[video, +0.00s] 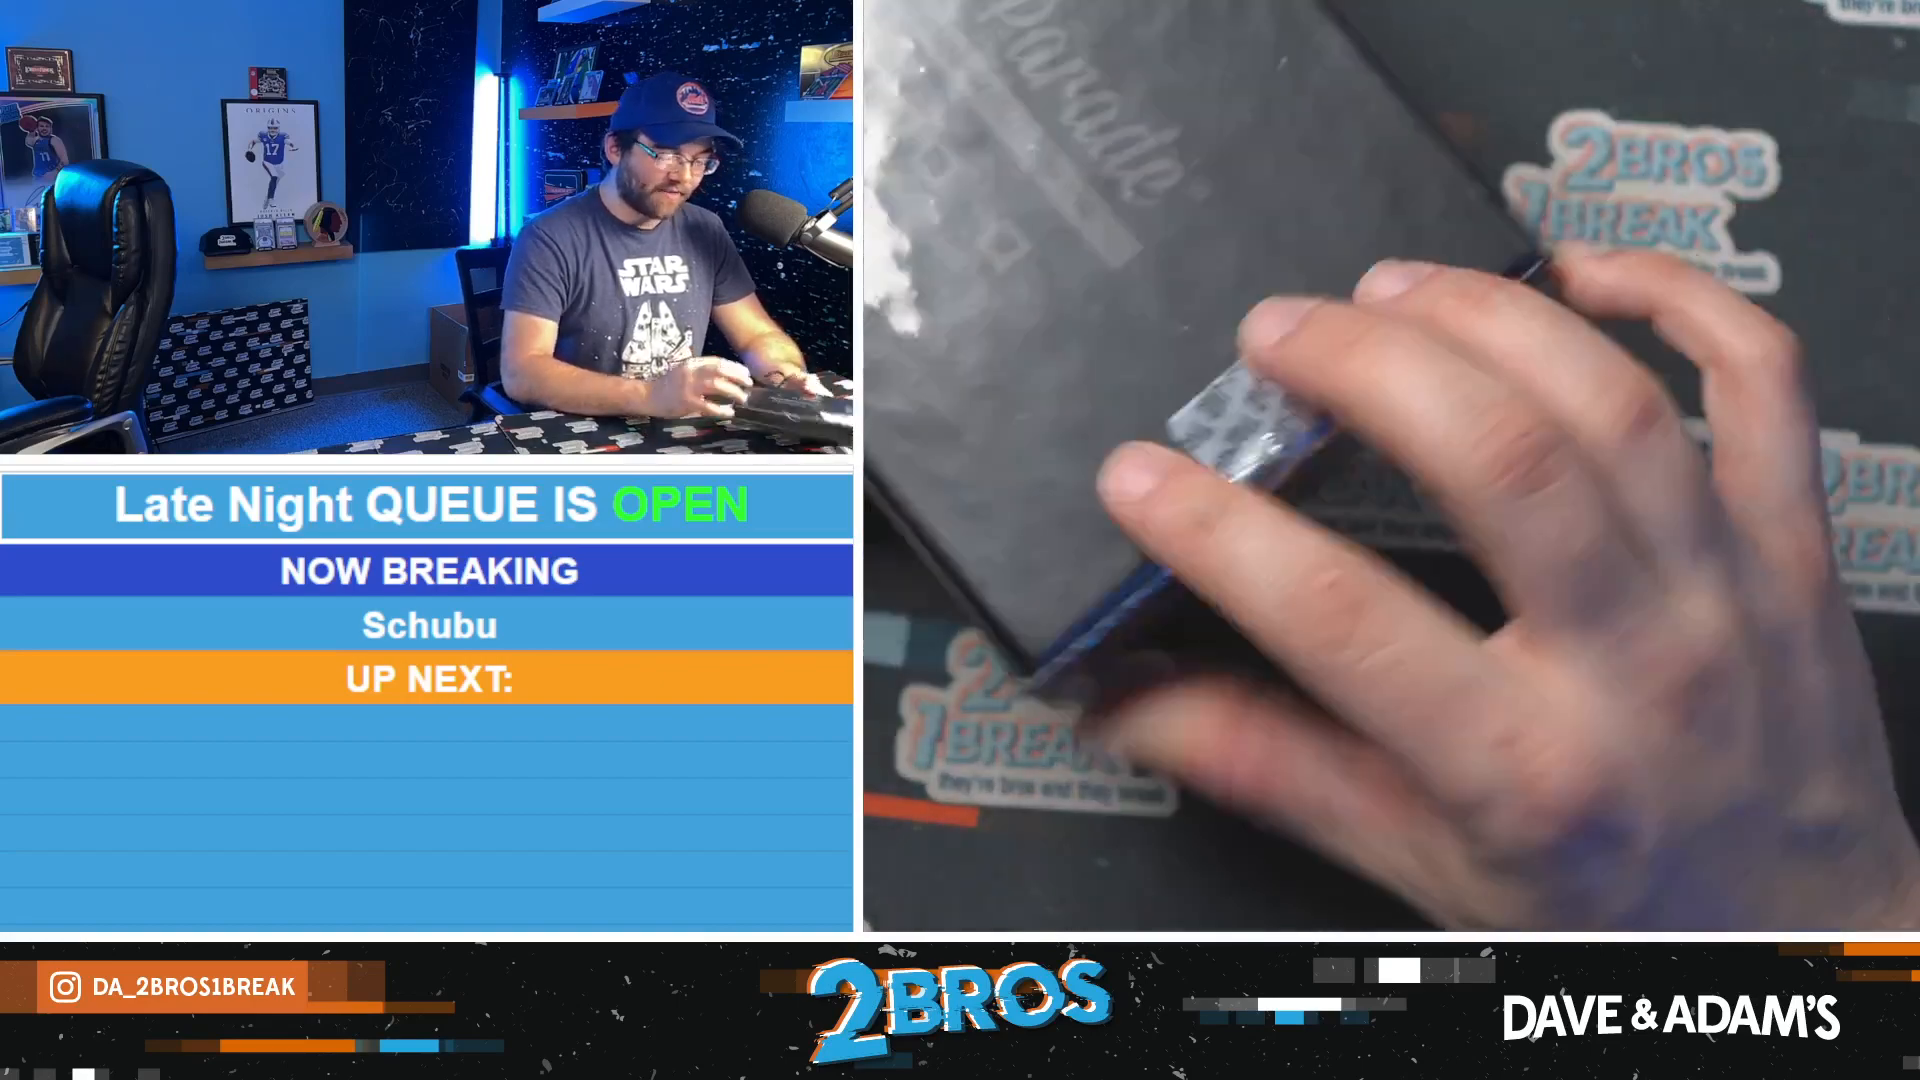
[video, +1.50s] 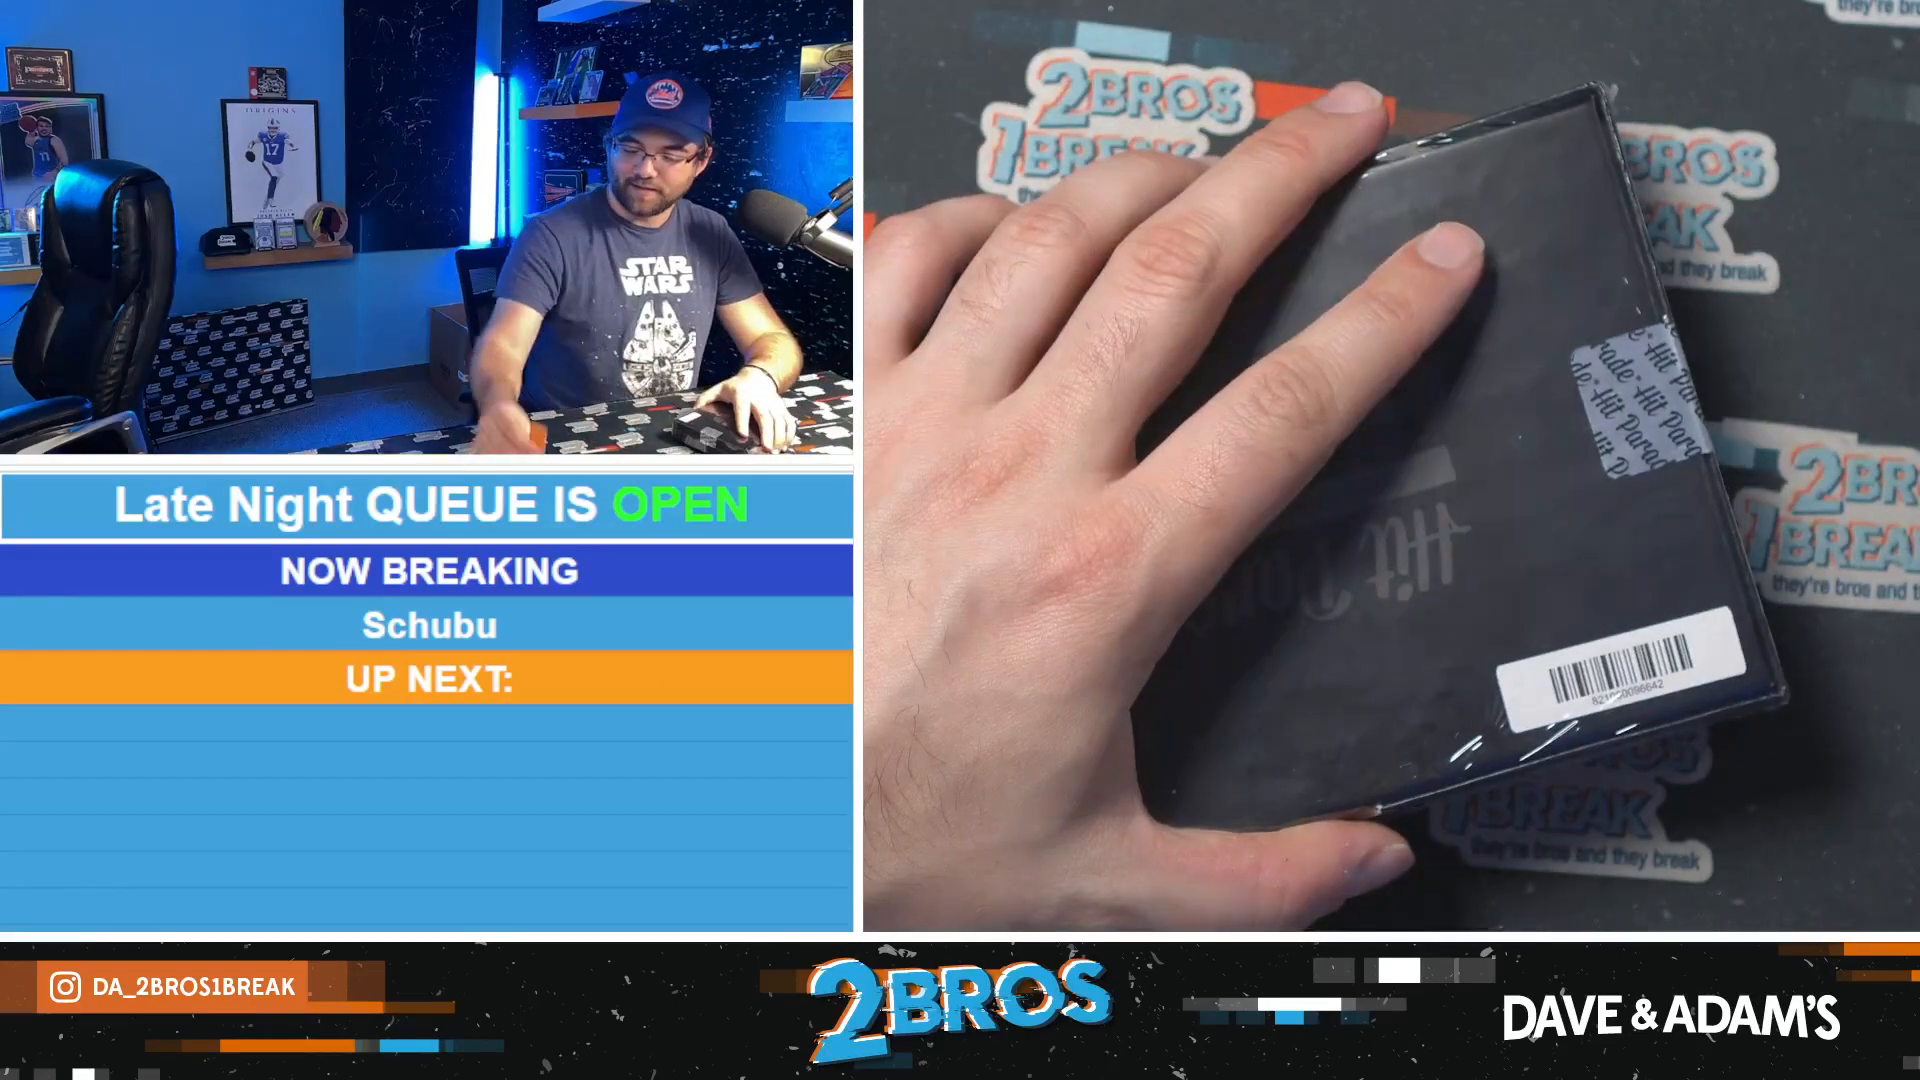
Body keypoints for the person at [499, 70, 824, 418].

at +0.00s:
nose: (684, 174)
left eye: (698, 158)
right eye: (666, 152)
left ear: (709, 162)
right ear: (615, 148)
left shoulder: (704, 231)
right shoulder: (550, 237)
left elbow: (758, 335)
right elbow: (523, 372)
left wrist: (781, 371)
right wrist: (649, 394)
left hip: (686, 455)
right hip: (580, 459)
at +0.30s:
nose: (648, 156)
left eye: (670, 141)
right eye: (631, 137)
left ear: (691, 155)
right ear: (602, 144)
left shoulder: (704, 230)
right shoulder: (548, 237)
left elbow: (762, 331)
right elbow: (515, 365)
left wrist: (795, 367)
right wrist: (565, 389)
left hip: (683, 456)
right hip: (580, 464)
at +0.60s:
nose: (607, 149)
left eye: (633, 134)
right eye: (599, 133)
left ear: (680, 150)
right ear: (589, 139)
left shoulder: (706, 232)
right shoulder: (547, 232)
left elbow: (764, 335)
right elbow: (514, 350)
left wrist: (775, 365)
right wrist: (532, 431)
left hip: (678, 451)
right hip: (576, 454)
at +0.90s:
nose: (604, 151)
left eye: (629, 137)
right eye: (599, 135)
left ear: (680, 153)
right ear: (590, 138)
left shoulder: (709, 233)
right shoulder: (551, 232)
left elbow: (775, 340)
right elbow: (520, 348)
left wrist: (753, 371)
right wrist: (535, 435)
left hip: (682, 448)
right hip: (582, 452)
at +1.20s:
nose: (632, 165)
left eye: (658, 150)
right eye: (620, 146)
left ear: (694, 158)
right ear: (602, 146)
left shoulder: (710, 235)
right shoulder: (557, 233)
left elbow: (776, 342)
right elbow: (517, 339)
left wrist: (760, 376)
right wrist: (515, 428)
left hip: (680, 453)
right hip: (576, 453)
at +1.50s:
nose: (645, 170)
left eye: (670, 155)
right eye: (631, 149)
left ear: (701, 161)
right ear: (610, 148)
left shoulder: (709, 236)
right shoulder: (550, 238)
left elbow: (772, 341)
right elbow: (499, 348)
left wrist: (760, 376)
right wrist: (496, 408)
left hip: (677, 455)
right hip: (568, 457)